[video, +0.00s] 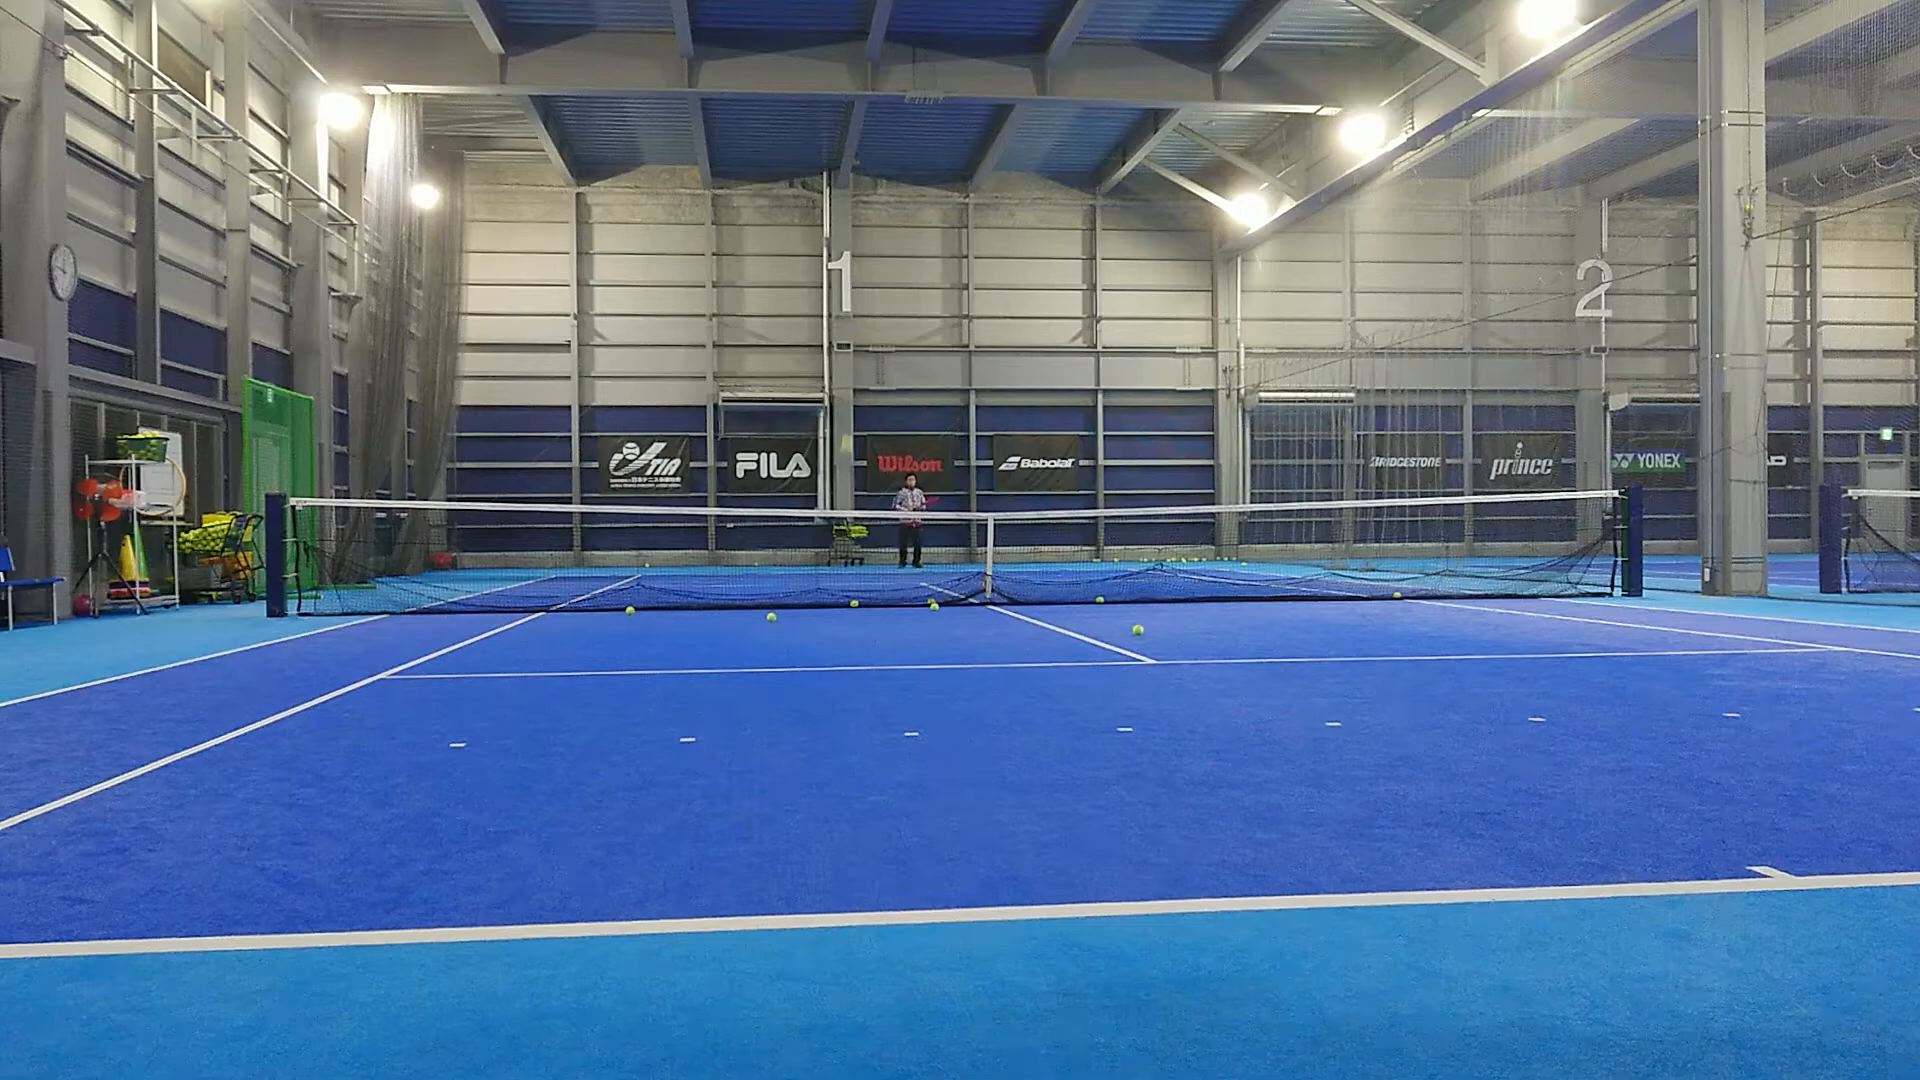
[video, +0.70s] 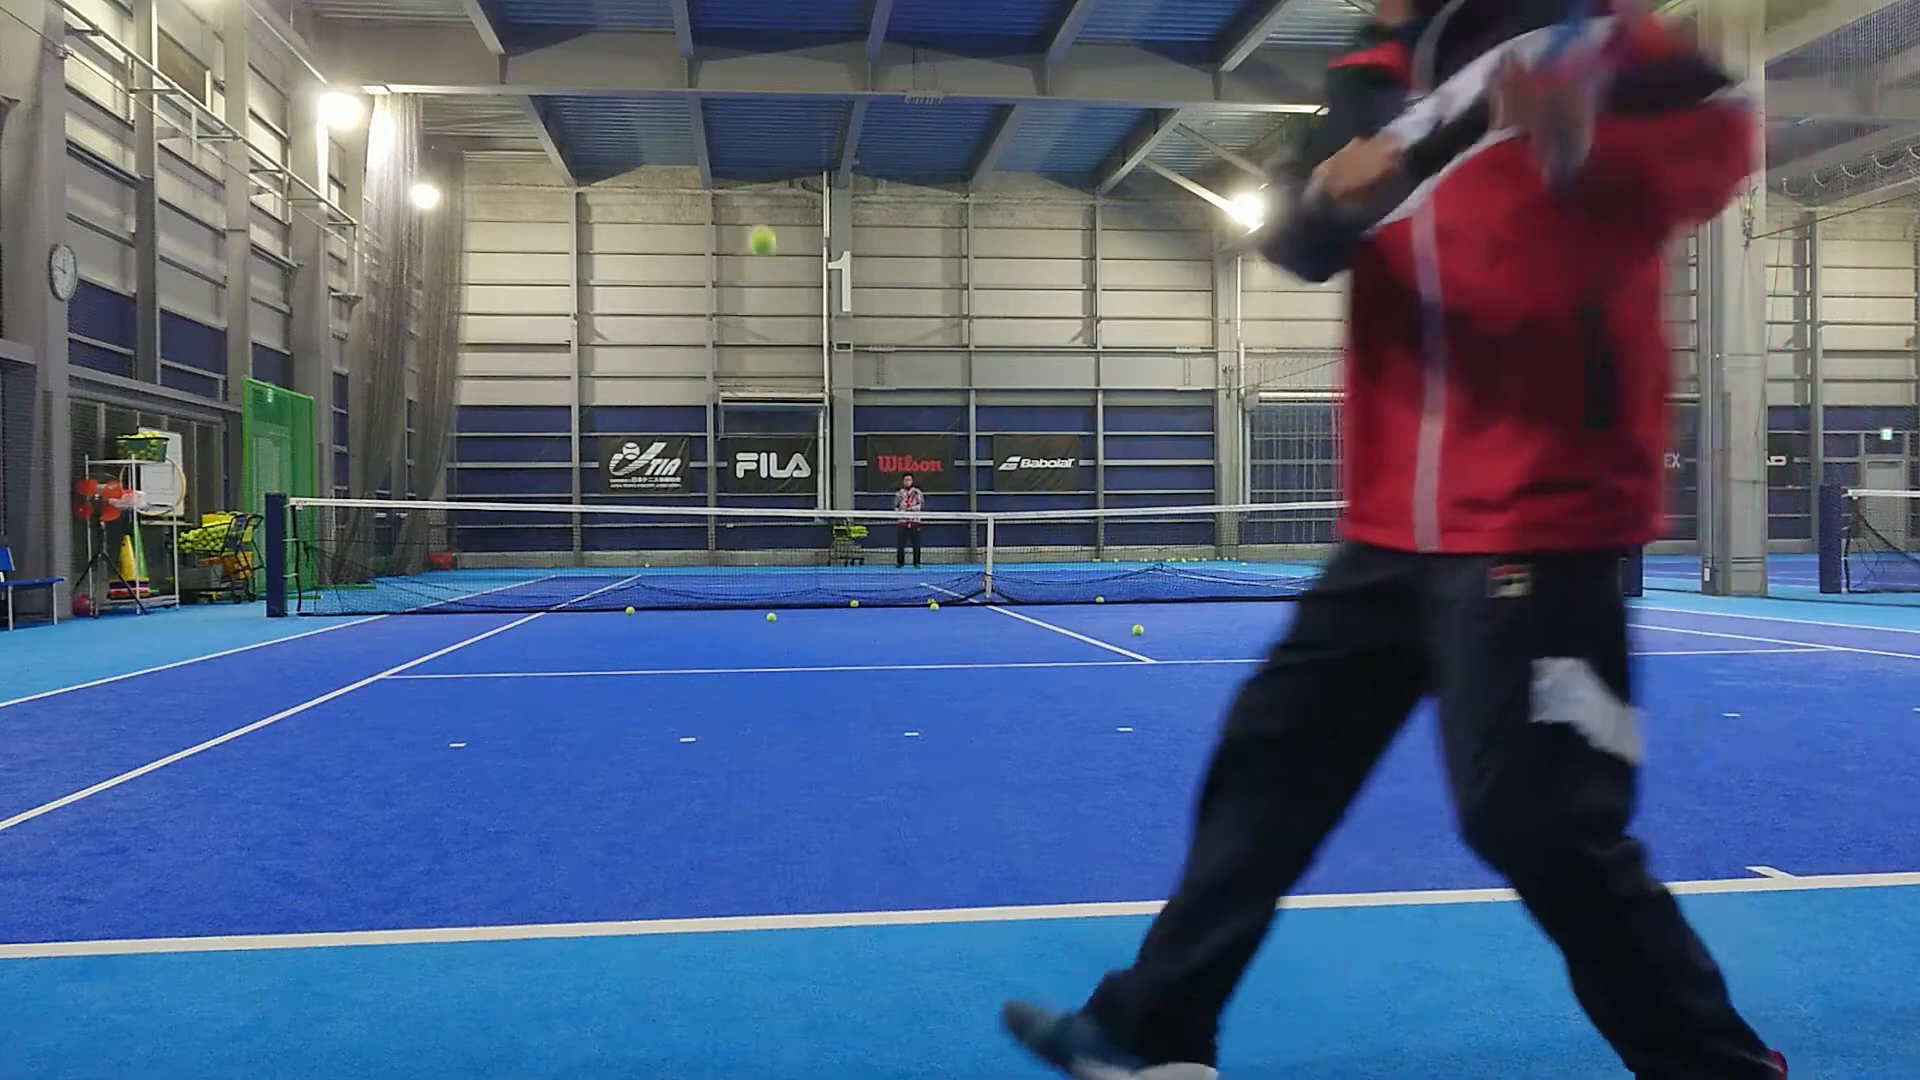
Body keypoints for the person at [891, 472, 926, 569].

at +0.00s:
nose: (911, 482)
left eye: (913, 480)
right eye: (909, 480)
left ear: (915, 481)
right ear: (906, 481)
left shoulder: (919, 492)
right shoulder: (901, 493)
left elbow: (924, 505)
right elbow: (896, 505)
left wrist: (919, 509)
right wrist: (906, 511)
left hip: (916, 521)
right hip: (904, 521)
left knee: (917, 543)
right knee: (903, 544)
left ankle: (916, 561)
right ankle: (902, 561)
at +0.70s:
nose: (908, 482)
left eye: (909, 480)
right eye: (906, 480)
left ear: (912, 481)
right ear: (903, 481)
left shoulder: (917, 493)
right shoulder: (899, 493)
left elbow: (921, 505)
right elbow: (895, 506)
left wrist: (911, 508)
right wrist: (900, 514)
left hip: (914, 521)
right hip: (902, 521)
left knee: (916, 544)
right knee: (900, 544)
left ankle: (917, 562)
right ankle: (900, 562)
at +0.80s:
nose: (906, 482)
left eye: (907, 480)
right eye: (904, 480)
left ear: (911, 481)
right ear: (900, 482)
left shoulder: (916, 492)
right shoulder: (898, 493)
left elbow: (919, 505)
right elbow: (893, 504)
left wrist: (910, 509)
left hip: (914, 521)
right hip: (901, 522)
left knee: (916, 544)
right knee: (900, 545)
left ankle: (917, 562)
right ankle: (899, 563)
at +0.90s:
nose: (904, 482)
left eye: (905, 480)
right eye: (902, 480)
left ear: (908, 481)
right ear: (898, 482)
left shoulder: (914, 492)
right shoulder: (896, 494)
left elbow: (918, 505)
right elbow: (892, 505)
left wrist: (910, 511)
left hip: (913, 522)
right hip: (901, 522)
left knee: (916, 545)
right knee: (899, 545)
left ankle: (916, 562)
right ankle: (899, 563)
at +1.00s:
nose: (902, 482)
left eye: (904, 480)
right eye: (900, 480)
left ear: (907, 482)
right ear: (897, 482)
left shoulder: (912, 492)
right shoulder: (894, 494)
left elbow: (916, 504)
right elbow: (890, 507)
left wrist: (908, 510)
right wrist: (898, 512)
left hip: (912, 522)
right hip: (900, 522)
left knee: (915, 544)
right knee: (899, 545)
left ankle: (916, 562)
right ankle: (898, 563)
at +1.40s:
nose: (907, 484)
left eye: (909, 482)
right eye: (905, 482)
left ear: (911, 483)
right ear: (902, 484)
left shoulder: (916, 495)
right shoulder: (899, 495)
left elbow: (919, 508)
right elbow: (894, 508)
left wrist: (919, 520)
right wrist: (899, 518)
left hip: (914, 523)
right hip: (902, 523)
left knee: (919, 544)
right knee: (900, 545)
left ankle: (926, 561)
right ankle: (898, 563)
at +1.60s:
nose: (915, 487)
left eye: (917, 484)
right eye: (913, 484)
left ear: (921, 486)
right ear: (911, 486)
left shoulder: (925, 496)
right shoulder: (910, 496)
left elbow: (927, 509)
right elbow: (905, 508)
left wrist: (927, 521)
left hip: (923, 523)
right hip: (913, 524)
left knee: (923, 545)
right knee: (908, 544)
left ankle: (930, 562)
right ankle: (901, 562)